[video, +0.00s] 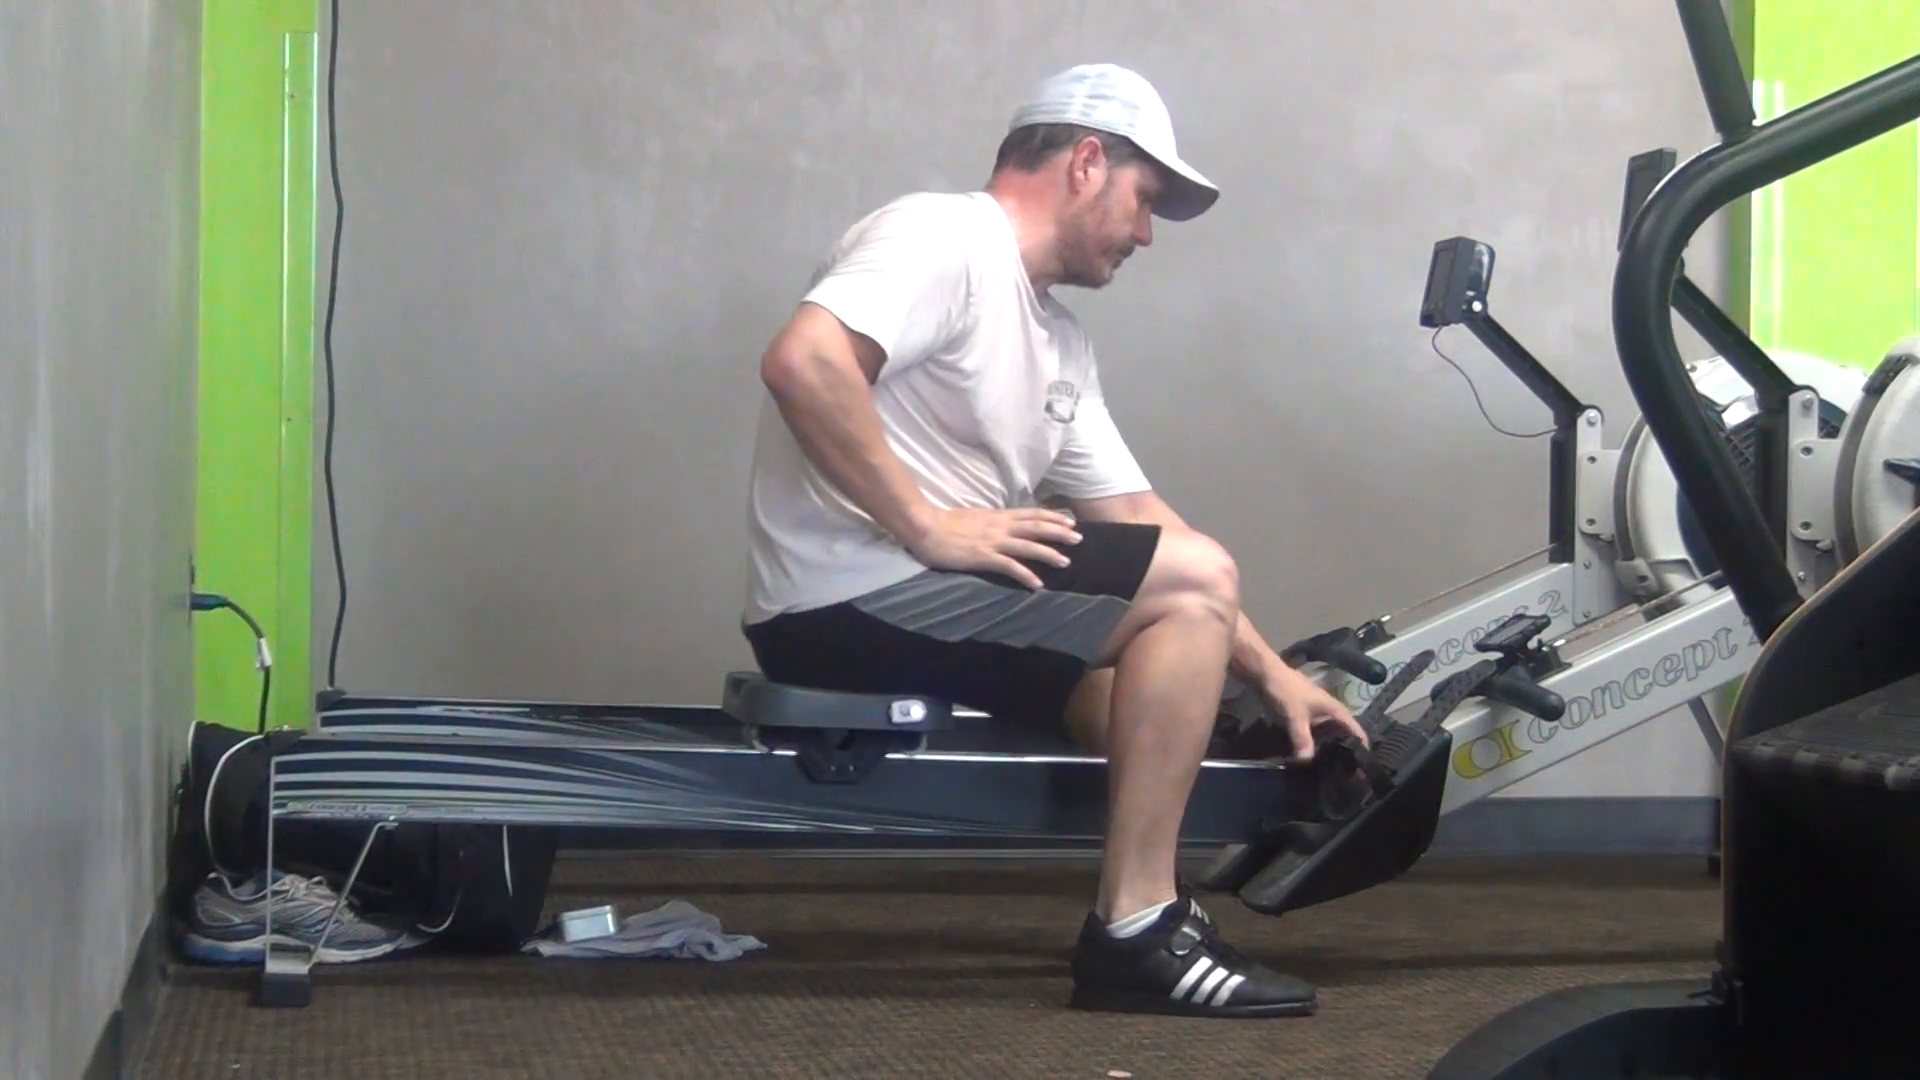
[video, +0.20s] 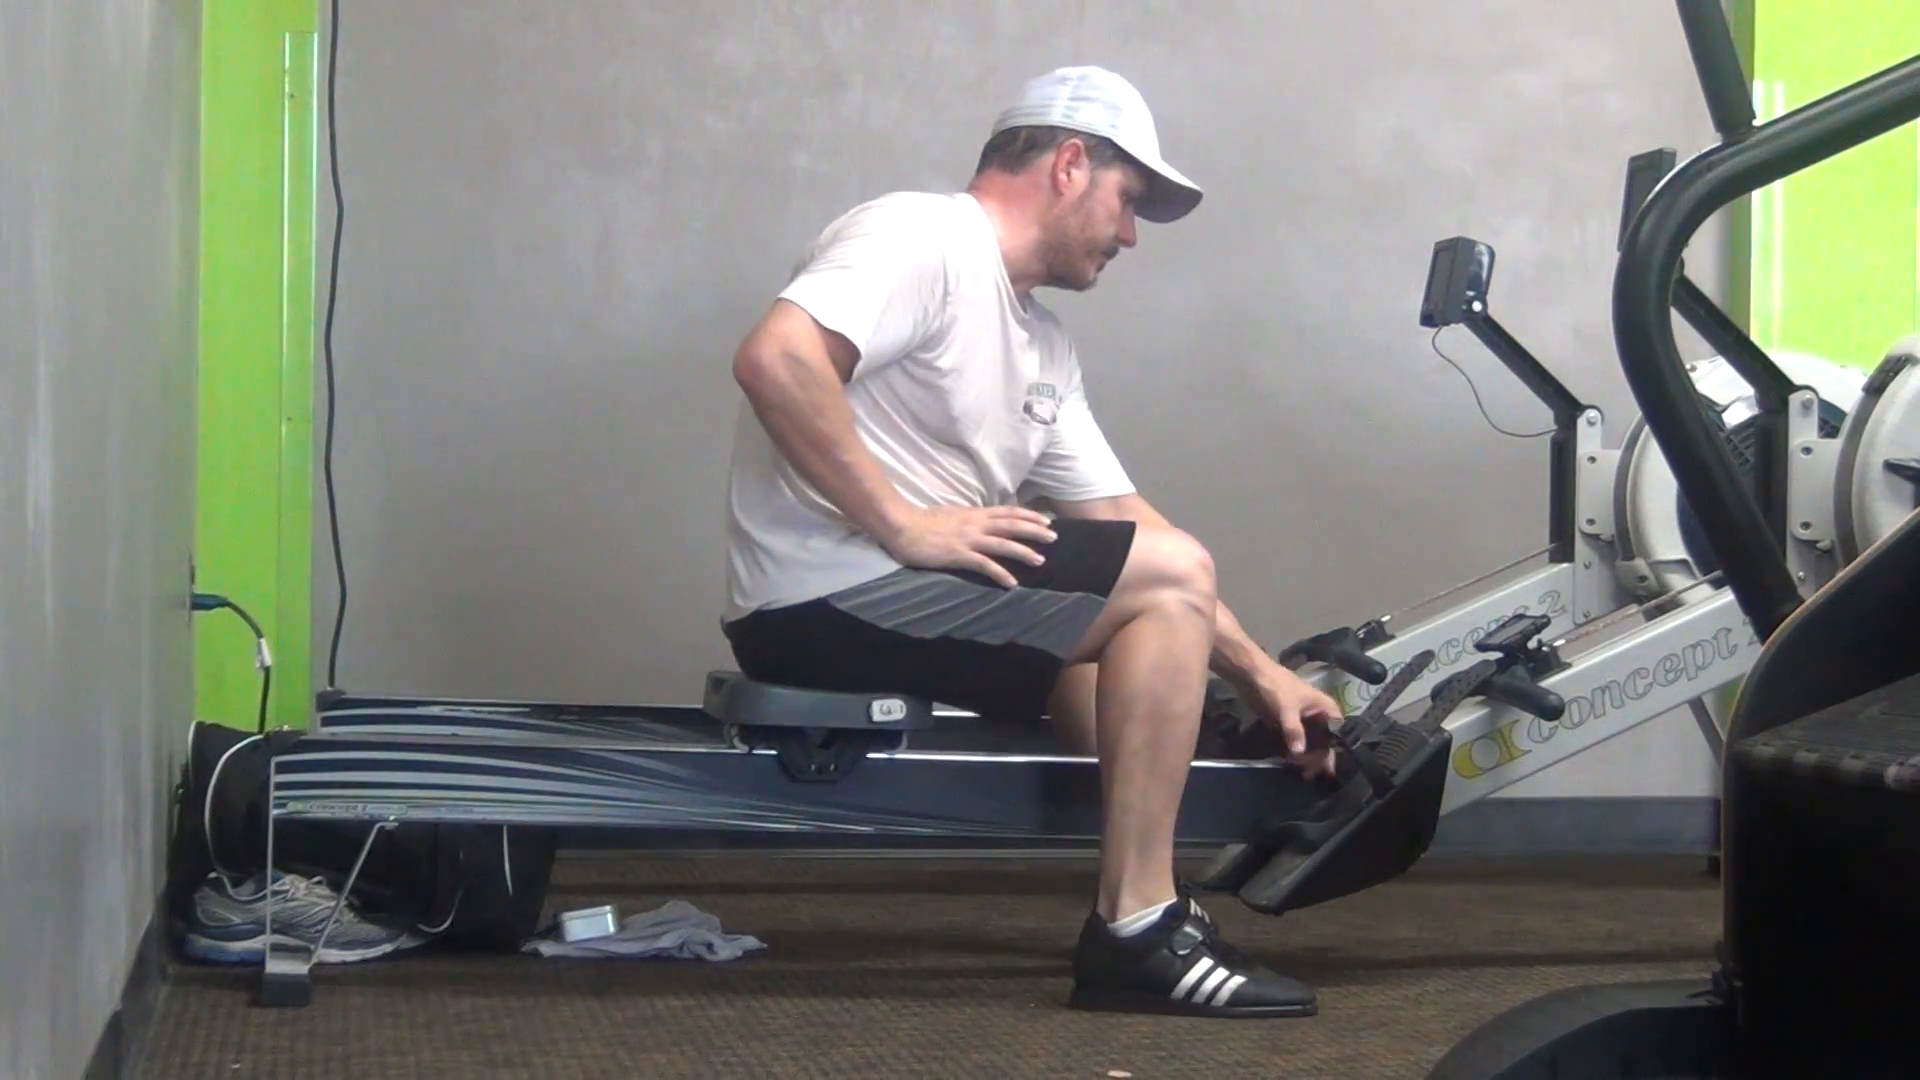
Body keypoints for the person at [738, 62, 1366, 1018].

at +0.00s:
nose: (1149, 233)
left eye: (1157, 209)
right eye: (1147, 197)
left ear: (1086, 171)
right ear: (1084, 164)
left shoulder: (1058, 342)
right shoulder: (945, 236)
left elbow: (1138, 519)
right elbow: (805, 363)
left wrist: (1276, 674)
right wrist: (924, 526)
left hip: (934, 600)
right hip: (839, 596)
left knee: (1181, 645)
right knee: (1204, 571)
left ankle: (1133, 935)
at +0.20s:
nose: (1133, 234)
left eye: (1141, 211)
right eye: (1130, 199)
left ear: (1067, 172)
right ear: (1067, 166)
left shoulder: (1041, 343)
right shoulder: (922, 234)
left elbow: (1126, 520)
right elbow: (777, 359)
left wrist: (1263, 674)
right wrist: (901, 525)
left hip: (914, 603)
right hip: (817, 596)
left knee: (1164, 628)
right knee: (1181, 567)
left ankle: (1136, 929)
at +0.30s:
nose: (1114, 225)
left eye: (1122, 203)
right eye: (1110, 190)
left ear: (1051, 166)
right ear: (1046, 156)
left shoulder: (1025, 339)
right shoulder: (908, 232)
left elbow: (1110, 515)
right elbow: (768, 363)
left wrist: (1254, 661)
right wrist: (899, 524)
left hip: (910, 602)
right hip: (814, 598)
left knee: (1163, 625)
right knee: (1180, 560)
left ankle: (1136, 927)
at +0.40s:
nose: (1087, 217)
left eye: (1095, 195)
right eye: (1083, 183)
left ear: (1020, 155)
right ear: (1020, 147)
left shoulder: (1008, 334)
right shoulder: (887, 225)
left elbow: (1104, 505)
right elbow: (753, 361)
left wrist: (1245, 650)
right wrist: (892, 521)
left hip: (906, 598)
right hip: (814, 596)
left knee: (1161, 621)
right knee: (1177, 559)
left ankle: (1137, 924)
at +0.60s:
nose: (1036, 208)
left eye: (1044, 187)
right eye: (1031, 173)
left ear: (972, 143)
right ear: (969, 138)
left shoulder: (980, 327)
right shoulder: (832, 214)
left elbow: (1093, 497)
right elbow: (692, 337)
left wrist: (1238, 622)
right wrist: (854, 469)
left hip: (905, 588)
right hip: (809, 585)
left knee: (1104, 589)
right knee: (1134, 467)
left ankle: (1144, 878)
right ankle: (1165, 821)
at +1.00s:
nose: (1008, 208)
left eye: (1019, 187)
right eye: (1000, 174)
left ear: (945, 160)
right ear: (933, 142)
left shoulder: (969, 340)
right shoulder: (797, 217)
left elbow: (1078, 514)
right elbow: (646, 328)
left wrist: (1236, 626)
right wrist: (818, 450)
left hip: (908, 612)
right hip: (802, 589)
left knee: (1111, 587)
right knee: (1109, 407)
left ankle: (1138, 881)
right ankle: (1204, 738)